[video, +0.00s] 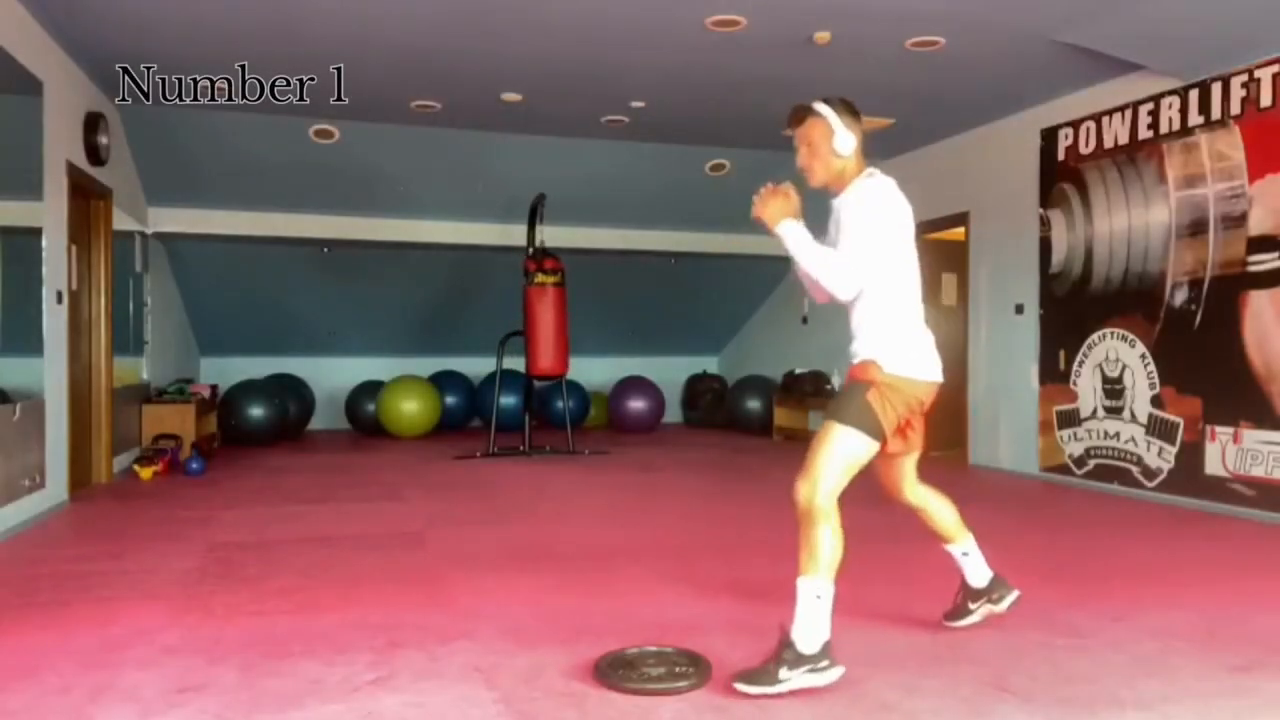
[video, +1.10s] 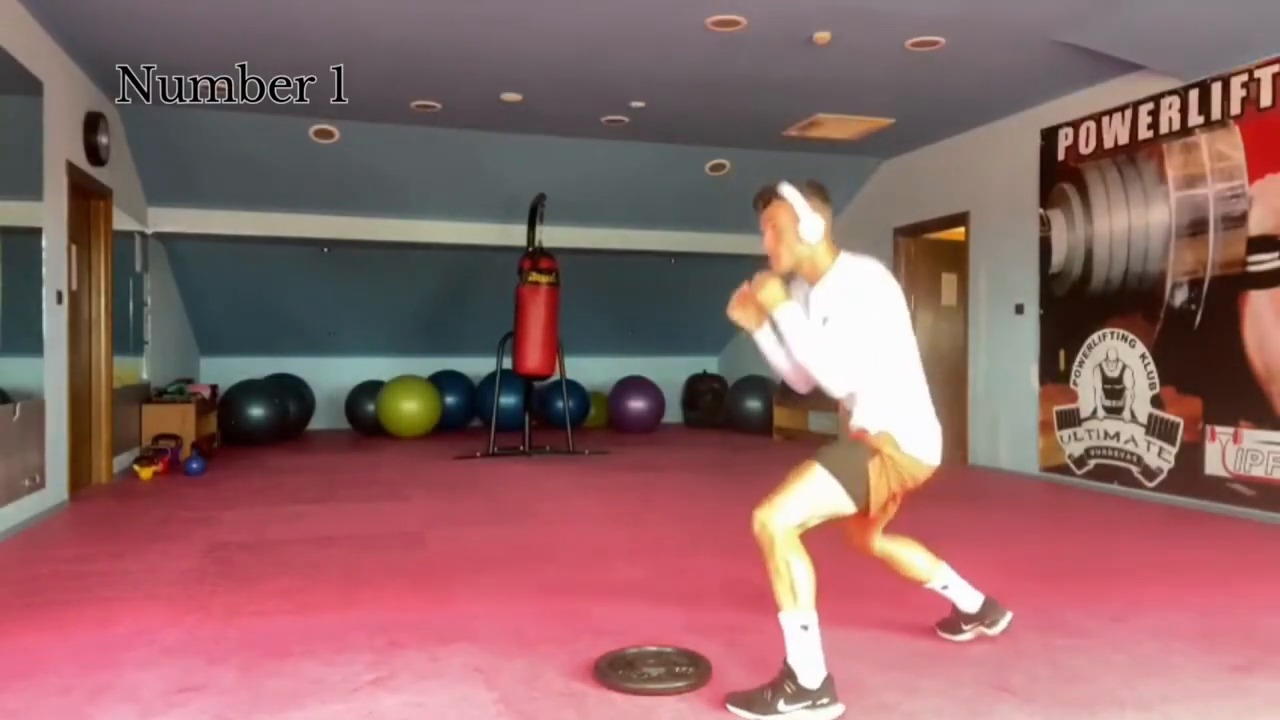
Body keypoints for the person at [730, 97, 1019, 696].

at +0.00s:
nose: (800, 159)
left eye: (807, 145)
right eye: (797, 147)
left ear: (841, 143)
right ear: (842, 148)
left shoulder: (864, 199)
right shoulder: (877, 196)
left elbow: (842, 282)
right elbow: (827, 289)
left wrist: (788, 225)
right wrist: (792, 232)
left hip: (888, 368)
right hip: (911, 368)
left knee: (815, 491)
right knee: (904, 483)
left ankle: (808, 649)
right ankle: (985, 584)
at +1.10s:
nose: (766, 245)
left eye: (775, 230)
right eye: (764, 232)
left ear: (810, 228)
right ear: (798, 233)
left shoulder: (862, 280)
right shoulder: (810, 291)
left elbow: (841, 380)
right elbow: (802, 379)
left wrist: (780, 309)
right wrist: (759, 327)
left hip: (898, 441)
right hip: (878, 437)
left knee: (774, 521)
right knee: (867, 536)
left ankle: (808, 680)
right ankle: (979, 607)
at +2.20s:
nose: (801, 188)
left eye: (809, 175)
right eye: (802, 175)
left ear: (840, 178)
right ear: (852, 179)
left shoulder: (858, 230)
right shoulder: (888, 227)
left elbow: (831, 315)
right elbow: (848, 317)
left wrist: (786, 249)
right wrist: (806, 257)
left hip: (877, 405)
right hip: (916, 405)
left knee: (797, 526)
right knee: (899, 507)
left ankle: (832, 684)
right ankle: (982, 609)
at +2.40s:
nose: (808, 166)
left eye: (814, 154)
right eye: (808, 154)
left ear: (841, 153)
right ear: (860, 154)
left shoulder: (859, 205)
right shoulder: (894, 203)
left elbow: (834, 287)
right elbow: (847, 296)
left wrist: (791, 225)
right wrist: (811, 229)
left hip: (884, 382)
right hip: (926, 381)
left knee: (814, 508)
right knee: (905, 484)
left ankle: (827, 671)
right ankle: (985, 591)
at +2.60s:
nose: (831, 170)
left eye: (837, 157)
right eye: (830, 158)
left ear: (868, 156)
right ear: (879, 158)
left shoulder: (884, 204)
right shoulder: (912, 200)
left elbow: (876, 288)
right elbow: (881, 294)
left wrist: (822, 230)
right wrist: (837, 227)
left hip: (923, 375)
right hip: (959, 375)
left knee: (830, 481)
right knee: (932, 486)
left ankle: (912, 609)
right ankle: (984, 599)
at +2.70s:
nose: (843, 200)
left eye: (850, 187)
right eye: (842, 187)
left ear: (882, 185)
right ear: (888, 188)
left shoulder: (899, 240)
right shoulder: (923, 233)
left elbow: (896, 323)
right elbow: (896, 321)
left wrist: (838, 270)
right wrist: (849, 265)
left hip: (930, 409)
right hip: (965, 410)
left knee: (846, 512)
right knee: (925, 505)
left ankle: (952, 622)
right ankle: (992, 612)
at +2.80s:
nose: (843, 193)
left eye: (851, 180)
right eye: (843, 181)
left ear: (882, 178)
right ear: (888, 181)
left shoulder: (900, 232)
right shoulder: (921, 227)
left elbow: (895, 314)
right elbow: (889, 317)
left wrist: (841, 262)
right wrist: (847, 260)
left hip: (926, 403)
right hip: (959, 404)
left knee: (839, 501)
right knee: (926, 505)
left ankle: (941, 616)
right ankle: (991, 613)